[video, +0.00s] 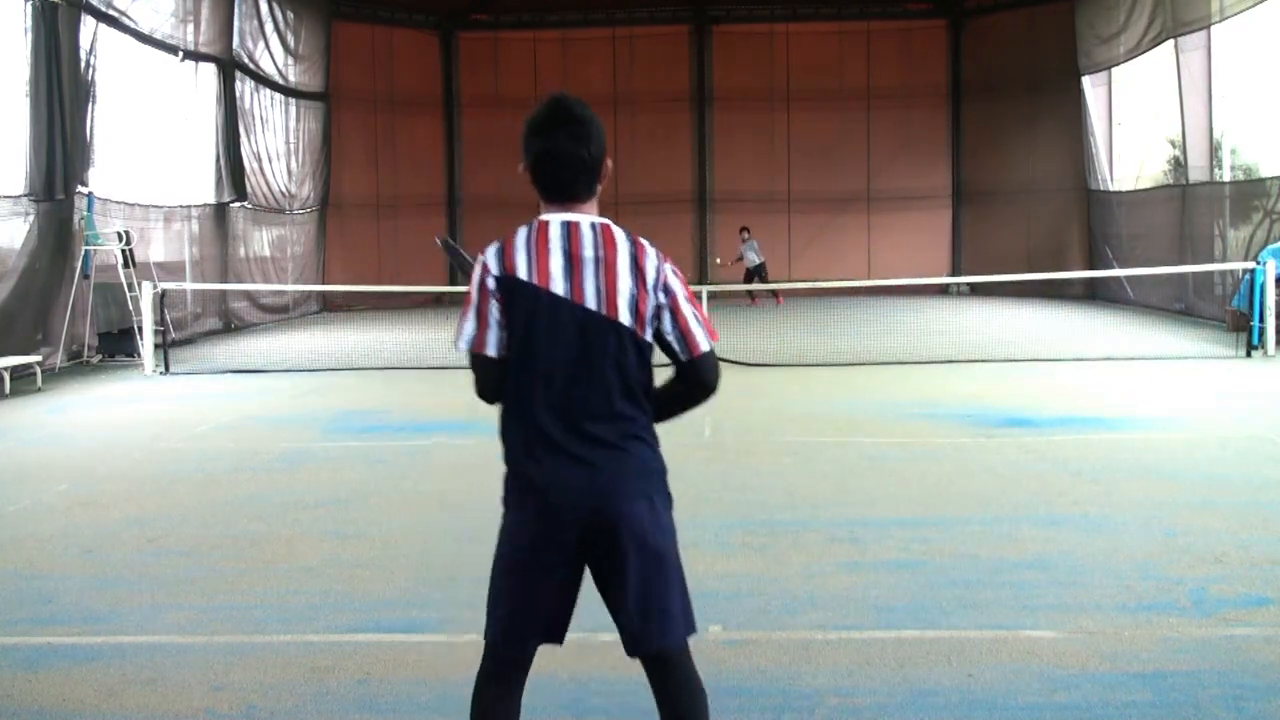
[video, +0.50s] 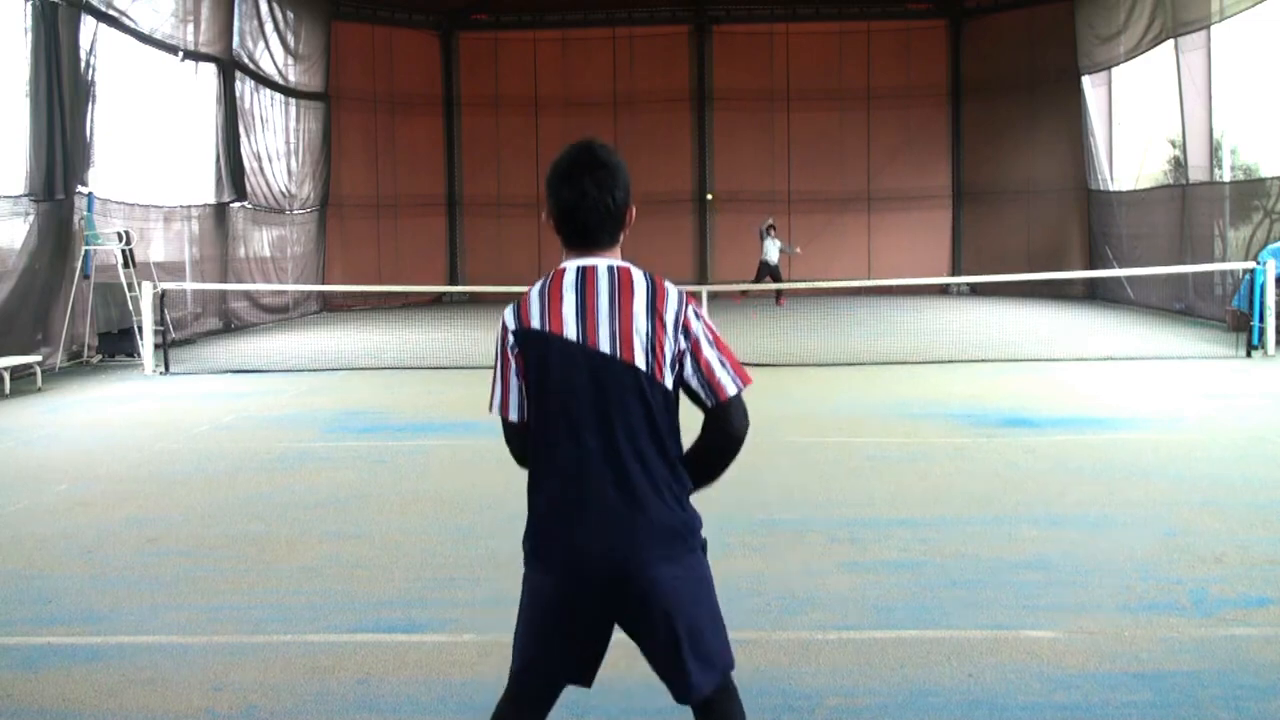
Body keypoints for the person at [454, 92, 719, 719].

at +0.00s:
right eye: (604, 159)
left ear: (527, 173)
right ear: (605, 170)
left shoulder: (498, 262)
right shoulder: (644, 260)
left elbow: (490, 383)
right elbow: (702, 375)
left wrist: (554, 379)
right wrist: (636, 411)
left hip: (540, 495)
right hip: (629, 493)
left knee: (503, 667)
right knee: (669, 660)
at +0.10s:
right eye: (631, 176)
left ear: (552, 192)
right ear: (631, 189)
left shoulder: (528, 285)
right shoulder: (672, 279)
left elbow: (523, 410)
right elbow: (735, 392)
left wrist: (576, 378)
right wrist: (667, 432)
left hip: (566, 515)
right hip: (656, 513)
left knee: (503, 673)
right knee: (683, 680)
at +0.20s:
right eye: (639, 156)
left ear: (560, 170)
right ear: (639, 168)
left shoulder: (534, 262)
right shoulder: (680, 256)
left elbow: (532, 386)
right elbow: (745, 368)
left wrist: (588, 363)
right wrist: (681, 416)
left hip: (573, 490)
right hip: (663, 489)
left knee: (515, 657)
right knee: (690, 665)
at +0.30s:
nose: (638, 144)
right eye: (638, 135)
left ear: (558, 149)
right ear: (637, 147)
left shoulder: (528, 240)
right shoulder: (678, 235)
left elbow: (523, 364)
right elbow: (741, 347)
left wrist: (583, 366)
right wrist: (687, 399)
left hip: (570, 478)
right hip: (662, 477)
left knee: (520, 649)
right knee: (698, 653)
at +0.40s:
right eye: (637, 156)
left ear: (556, 170)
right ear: (634, 168)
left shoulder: (525, 264)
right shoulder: (674, 256)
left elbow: (517, 390)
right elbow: (733, 373)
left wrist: (582, 382)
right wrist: (683, 429)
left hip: (567, 501)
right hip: (660, 498)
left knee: (524, 667)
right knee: (707, 666)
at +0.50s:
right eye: (631, 204)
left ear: (551, 222)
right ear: (629, 216)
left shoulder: (521, 316)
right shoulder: (670, 304)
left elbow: (519, 440)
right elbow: (732, 422)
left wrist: (574, 479)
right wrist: (672, 480)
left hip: (562, 541)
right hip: (655, 538)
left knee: (525, 697)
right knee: (714, 693)